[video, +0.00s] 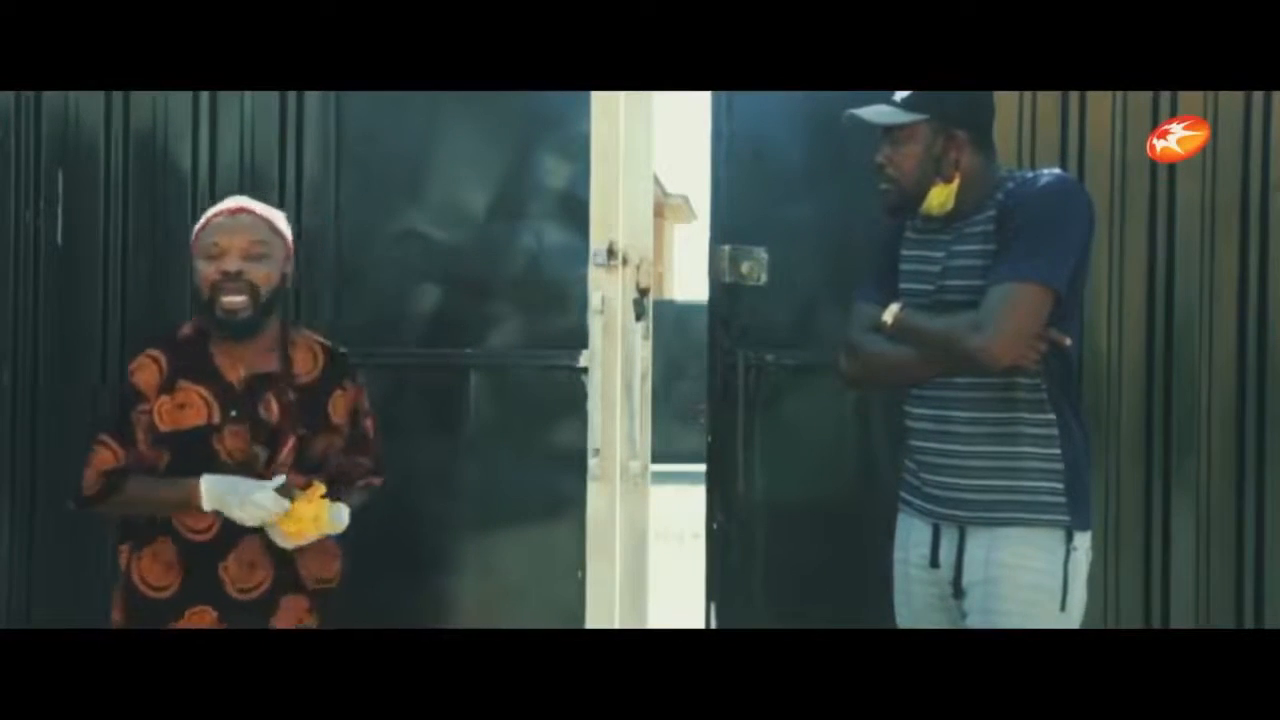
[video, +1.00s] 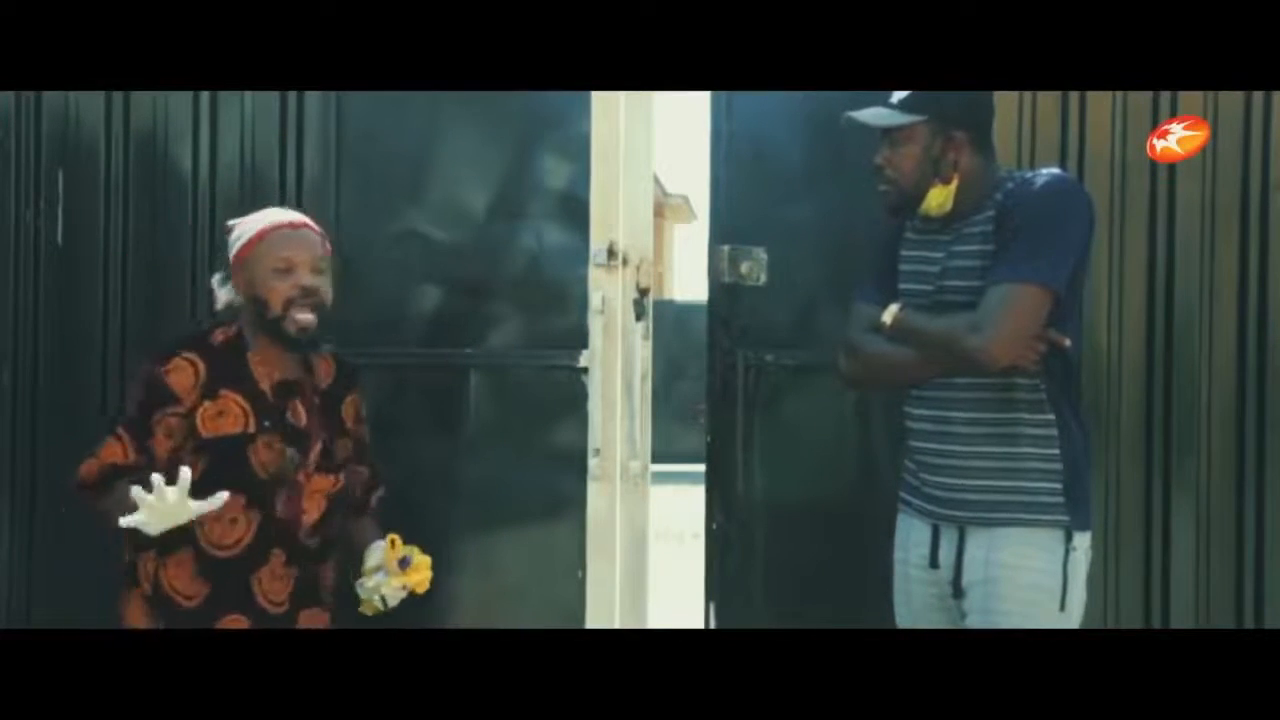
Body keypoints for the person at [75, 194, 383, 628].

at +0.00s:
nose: (231, 270)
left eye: (255, 257)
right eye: (213, 256)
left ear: (286, 271)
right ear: (193, 270)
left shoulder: (328, 371)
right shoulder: (157, 370)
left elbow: (363, 475)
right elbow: (99, 487)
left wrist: (327, 510)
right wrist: (211, 493)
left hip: (288, 613)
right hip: (173, 612)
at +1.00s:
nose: (306, 285)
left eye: (318, 270)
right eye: (283, 271)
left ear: (332, 283)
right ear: (242, 283)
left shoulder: (336, 382)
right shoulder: (192, 374)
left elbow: (359, 494)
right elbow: (101, 475)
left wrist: (377, 559)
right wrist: (151, 507)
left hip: (304, 614)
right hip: (198, 614)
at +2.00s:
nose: (313, 241)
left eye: (319, 227)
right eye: (296, 229)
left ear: (332, 231)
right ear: (260, 245)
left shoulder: (343, 347)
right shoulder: (237, 324)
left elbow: (343, 469)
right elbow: (278, 311)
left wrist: (375, 546)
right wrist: (320, 273)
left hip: (315, 554)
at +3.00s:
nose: (282, 294)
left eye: (301, 278)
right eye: (260, 278)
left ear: (321, 290)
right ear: (229, 288)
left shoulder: (334, 375)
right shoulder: (184, 368)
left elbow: (354, 489)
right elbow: (94, 470)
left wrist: (392, 572)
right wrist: (152, 418)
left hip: (288, 614)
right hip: (175, 612)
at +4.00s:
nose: (351, 299)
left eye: (364, 283)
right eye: (327, 283)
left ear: (380, 292)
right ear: (286, 294)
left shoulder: (356, 370)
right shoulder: (254, 357)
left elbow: (342, 497)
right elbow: (278, 419)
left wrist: (367, 575)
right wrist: (389, 352)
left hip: (306, 600)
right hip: (220, 605)